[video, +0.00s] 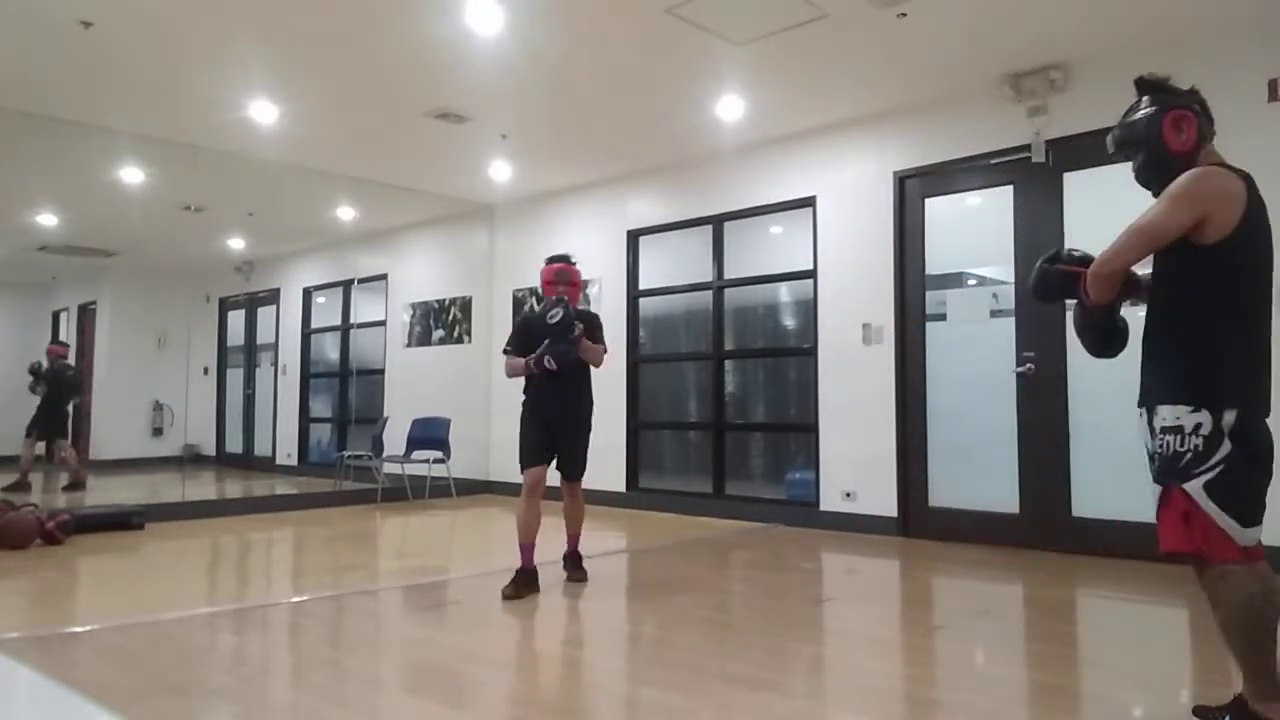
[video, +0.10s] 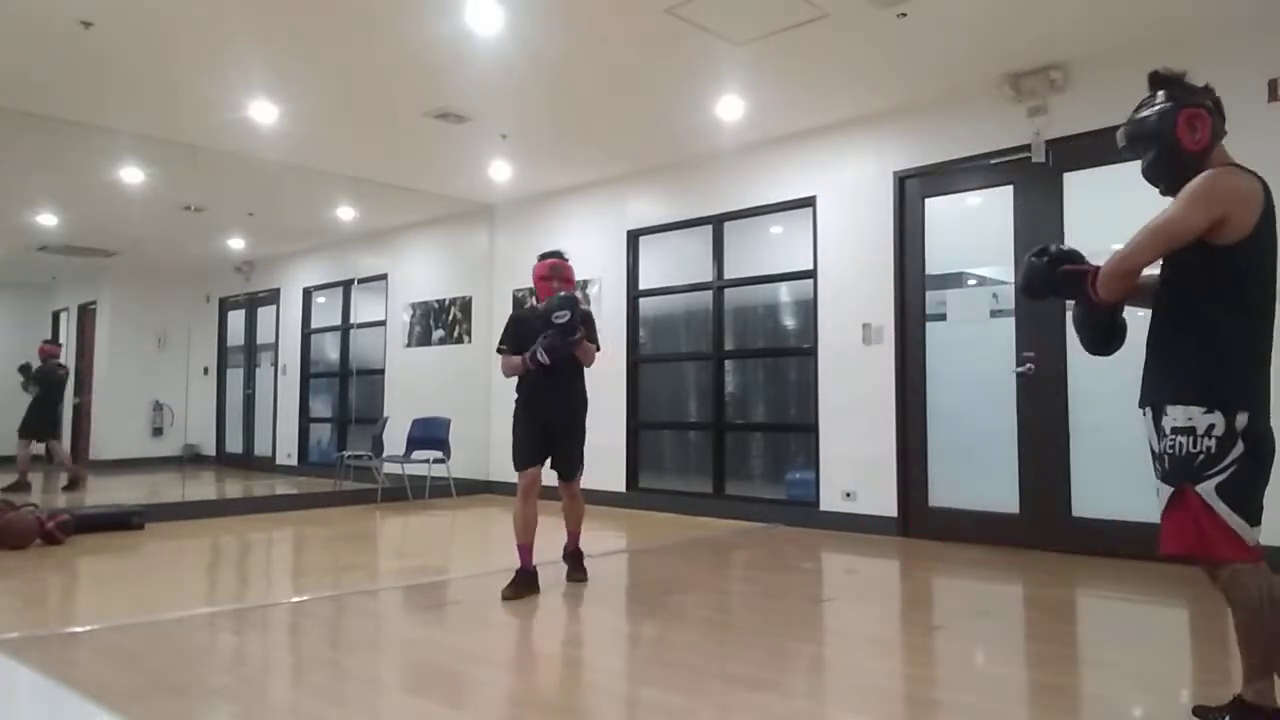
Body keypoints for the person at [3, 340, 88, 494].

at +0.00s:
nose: (47, 357)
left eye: (49, 354)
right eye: (48, 353)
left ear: (54, 355)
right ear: (64, 355)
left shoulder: (53, 371)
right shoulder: (72, 372)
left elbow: (40, 390)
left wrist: (37, 376)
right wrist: (39, 376)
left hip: (45, 411)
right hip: (61, 412)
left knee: (29, 442)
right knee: (64, 445)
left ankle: (23, 479)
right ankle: (77, 477)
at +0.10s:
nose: (39, 355)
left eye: (40, 353)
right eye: (41, 353)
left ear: (42, 354)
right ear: (57, 354)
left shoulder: (43, 370)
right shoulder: (63, 371)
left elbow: (32, 388)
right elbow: (45, 387)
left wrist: (27, 376)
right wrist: (30, 375)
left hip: (37, 412)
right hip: (52, 412)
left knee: (23, 442)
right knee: (53, 444)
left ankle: (22, 480)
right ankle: (75, 474)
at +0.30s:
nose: (26, 353)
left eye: (27, 351)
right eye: (27, 351)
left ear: (30, 352)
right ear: (44, 352)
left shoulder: (30, 368)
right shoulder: (52, 368)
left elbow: (10, 381)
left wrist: (3, 381)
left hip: (29, 411)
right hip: (43, 411)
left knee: (23, 444)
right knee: (28, 443)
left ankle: (22, 480)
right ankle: (50, 466)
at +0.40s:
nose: (20, 352)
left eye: (21, 349)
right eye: (22, 349)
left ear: (24, 351)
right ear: (38, 351)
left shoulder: (24, 367)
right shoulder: (46, 367)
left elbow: (7, 373)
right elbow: (49, 393)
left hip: (24, 410)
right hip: (38, 409)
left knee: (21, 443)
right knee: (24, 442)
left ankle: (22, 479)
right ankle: (36, 474)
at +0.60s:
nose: (8, 353)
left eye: (9, 350)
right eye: (9, 350)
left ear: (12, 350)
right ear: (26, 351)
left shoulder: (15, 364)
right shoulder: (36, 367)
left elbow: (8, 381)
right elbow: (55, 378)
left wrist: (2, 384)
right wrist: (76, 387)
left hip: (17, 409)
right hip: (29, 409)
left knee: (18, 444)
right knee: (20, 444)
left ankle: (21, 479)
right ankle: (14, 475)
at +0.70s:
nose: (4, 355)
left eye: (5, 352)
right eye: (5, 352)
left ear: (7, 353)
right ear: (21, 353)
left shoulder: (12, 368)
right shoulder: (28, 366)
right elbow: (47, 379)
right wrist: (65, 389)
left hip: (14, 408)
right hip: (24, 407)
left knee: (16, 444)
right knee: (13, 443)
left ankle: (22, 480)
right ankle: (8, 477)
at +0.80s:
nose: (2, 357)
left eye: (3, 354)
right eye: (4, 354)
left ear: (6, 354)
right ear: (20, 354)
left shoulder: (10, 369)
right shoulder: (29, 368)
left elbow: (25, 390)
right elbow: (44, 386)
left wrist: (39, 399)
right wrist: (56, 397)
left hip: (7, 411)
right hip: (20, 410)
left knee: (11, 444)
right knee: (12, 444)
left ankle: (22, 479)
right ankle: (7, 476)